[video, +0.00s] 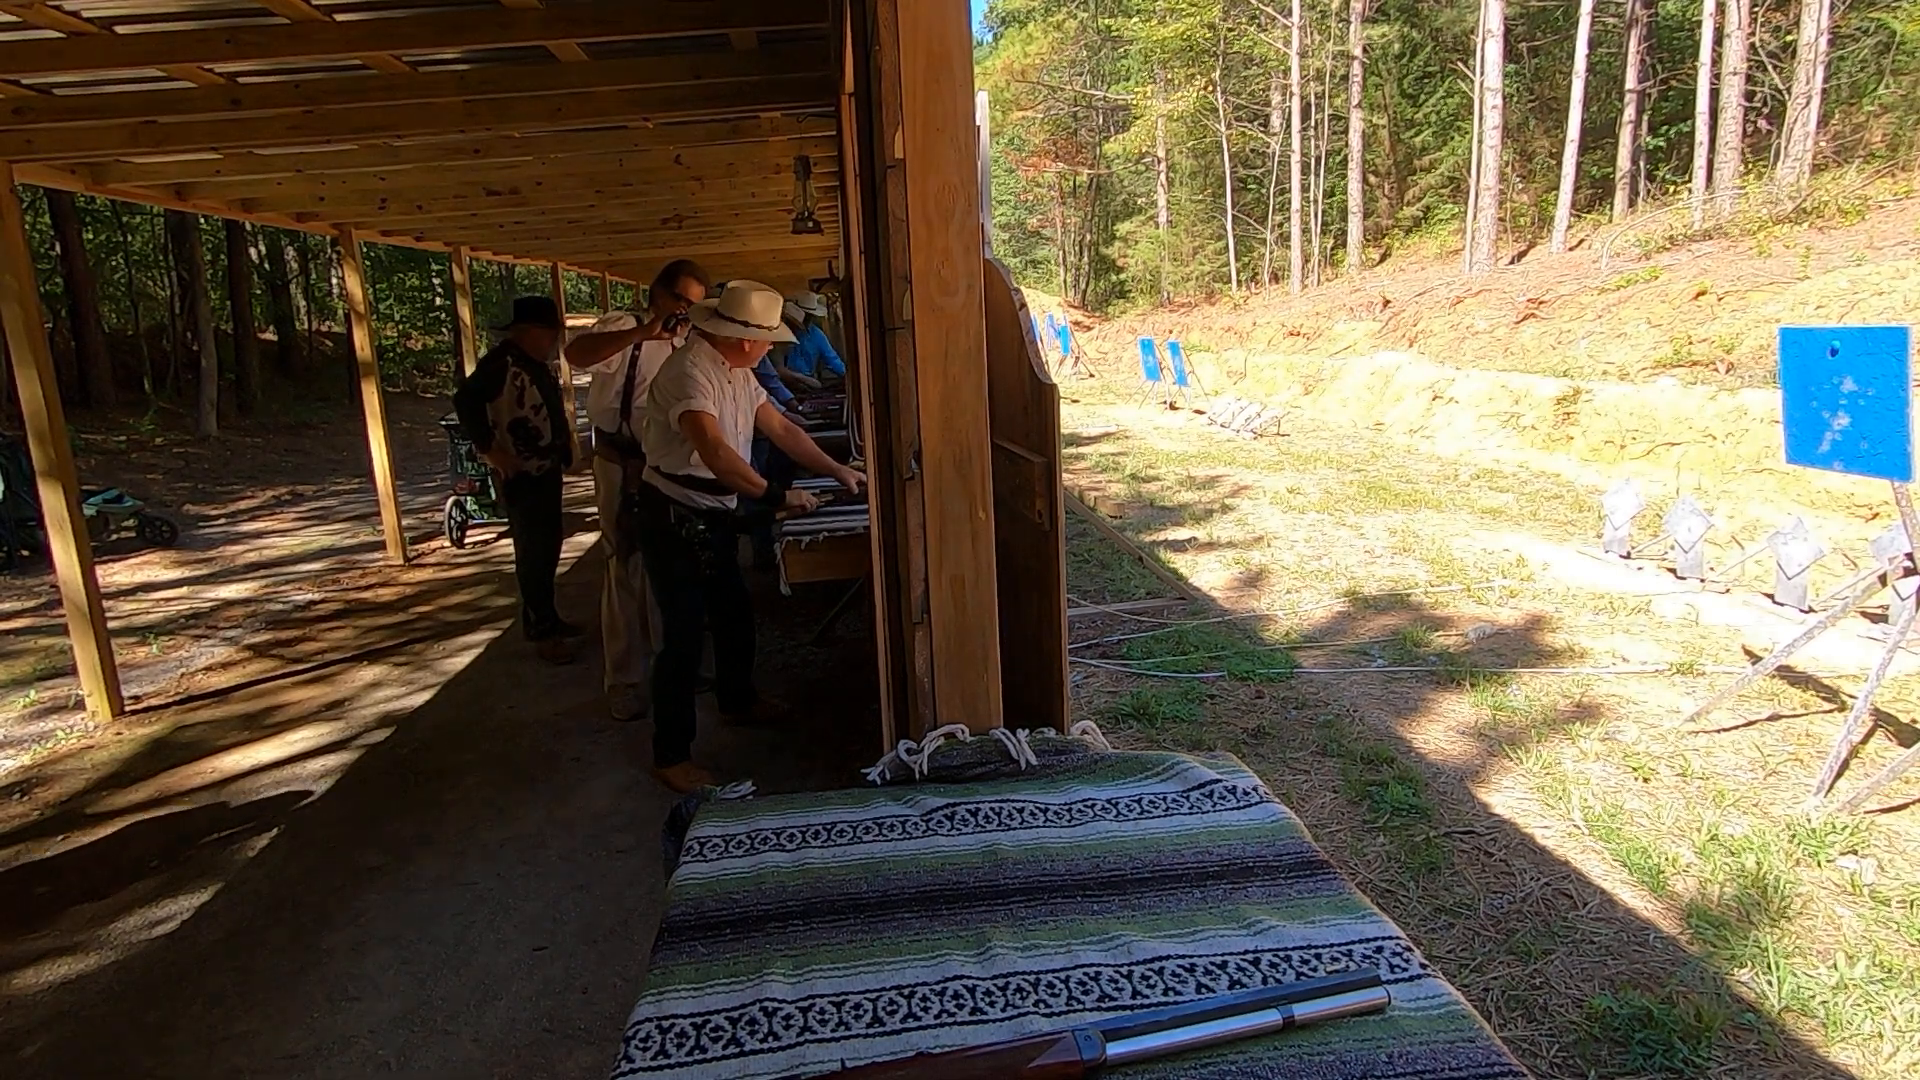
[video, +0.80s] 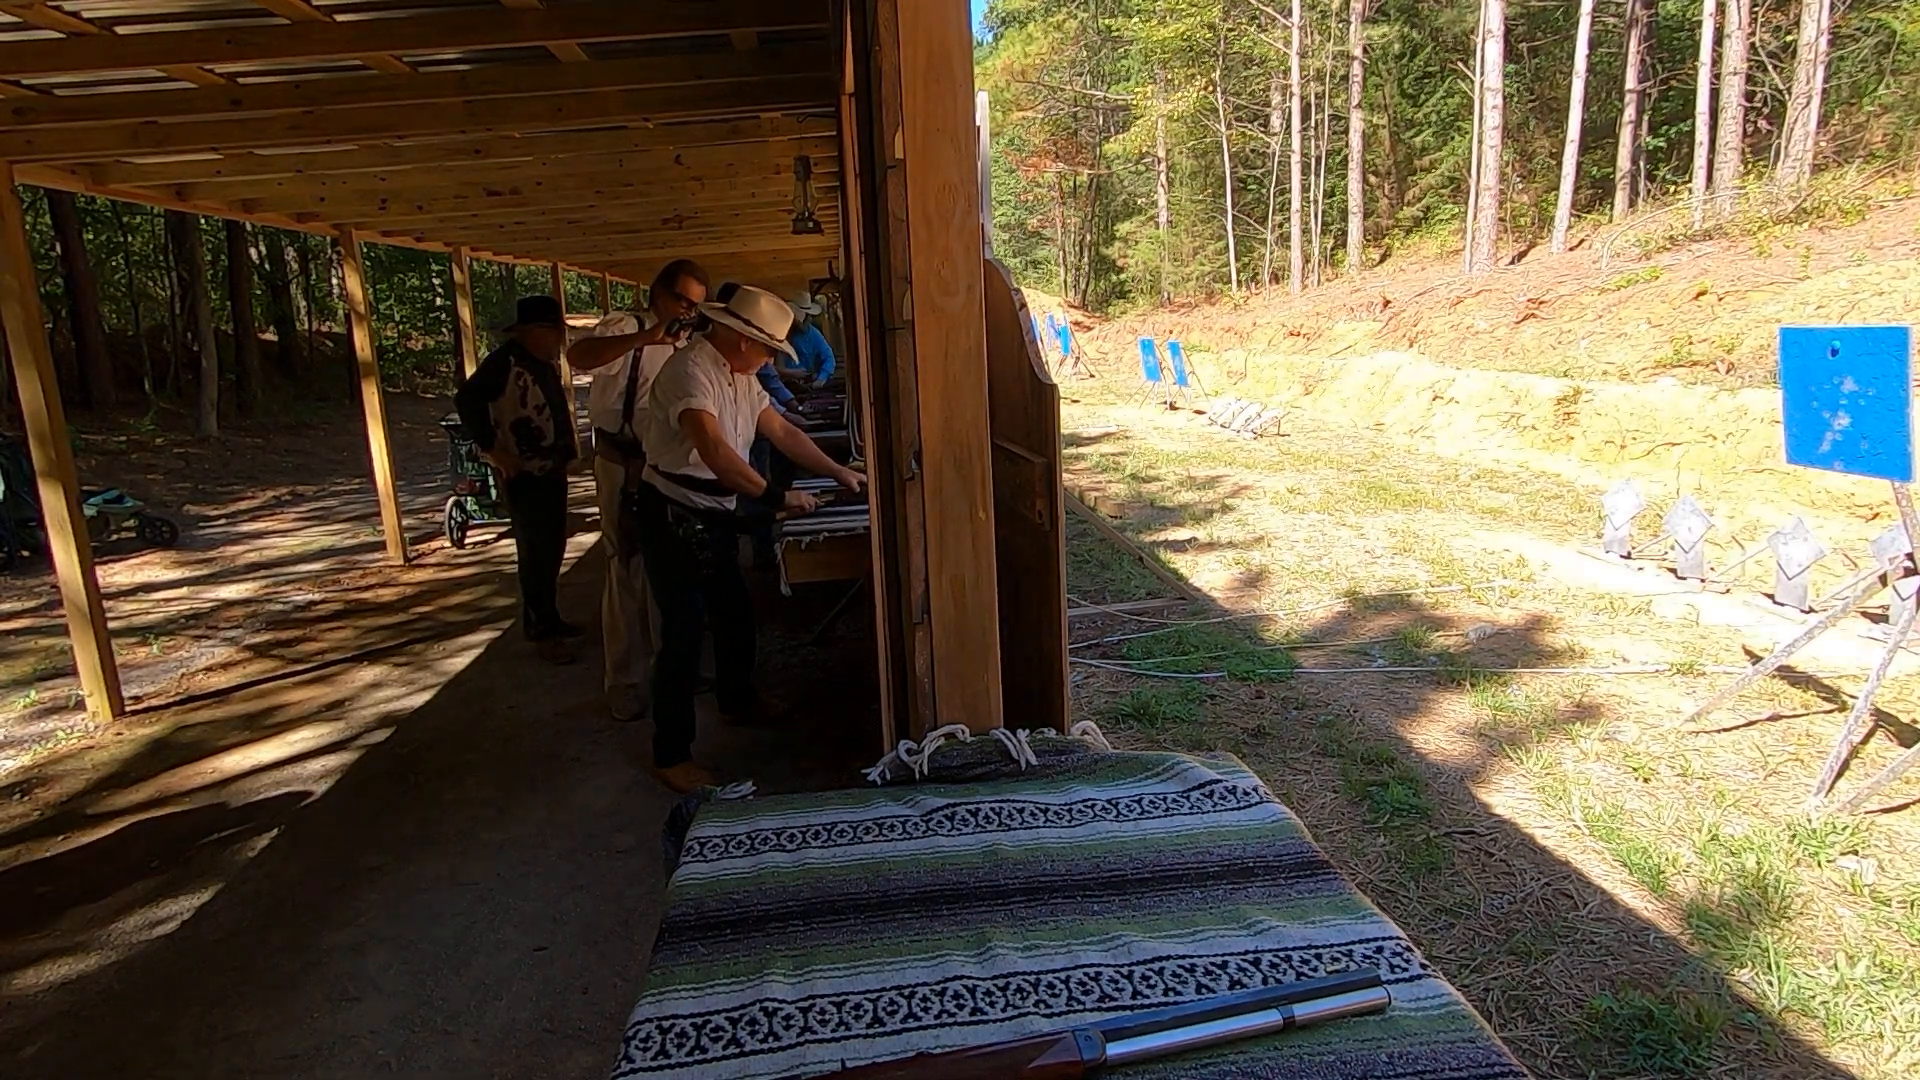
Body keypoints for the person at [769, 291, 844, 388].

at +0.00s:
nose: (809, 319)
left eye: (812, 315)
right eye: (806, 315)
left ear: (814, 315)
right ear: (795, 313)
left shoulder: (816, 333)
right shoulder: (781, 332)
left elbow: (831, 358)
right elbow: (778, 369)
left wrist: (845, 374)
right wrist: (804, 379)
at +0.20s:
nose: (806, 321)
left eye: (809, 316)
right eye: (803, 316)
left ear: (811, 316)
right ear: (791, 315)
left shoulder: (815, 334)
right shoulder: (778, 334)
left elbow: (830, 358)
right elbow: (778, 368)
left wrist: (844, 373)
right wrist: (808, 382)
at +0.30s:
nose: (806, 321)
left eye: (809, 317)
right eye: (802, 317)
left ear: (811, 317)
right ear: (791, 316)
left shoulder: (814, 333)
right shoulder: (779, 335)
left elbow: (831, 357)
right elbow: (779, 368)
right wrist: (808, 381)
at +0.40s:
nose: (806, 320)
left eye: (808, 316)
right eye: (802, 316)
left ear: (811, 316)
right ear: (791, 316)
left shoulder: (813, 333)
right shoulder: (779, 335)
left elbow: (828, 359)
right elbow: (778, 369)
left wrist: (822, 376)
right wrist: (804, 379)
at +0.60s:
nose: (807, 319)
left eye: (809, 315)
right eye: (802, 315)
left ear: (810, 315)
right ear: (791, 316)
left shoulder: (812, 333)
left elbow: (828, 358)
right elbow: (777, 369)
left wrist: (820, 380)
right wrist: (801, 373)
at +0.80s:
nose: (808, 319)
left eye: (809, 315)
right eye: (804, 316)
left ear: (810, 316)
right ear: (794, 316)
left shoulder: (812, 333)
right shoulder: (782, 334)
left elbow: (829, 358)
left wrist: (821, 379)